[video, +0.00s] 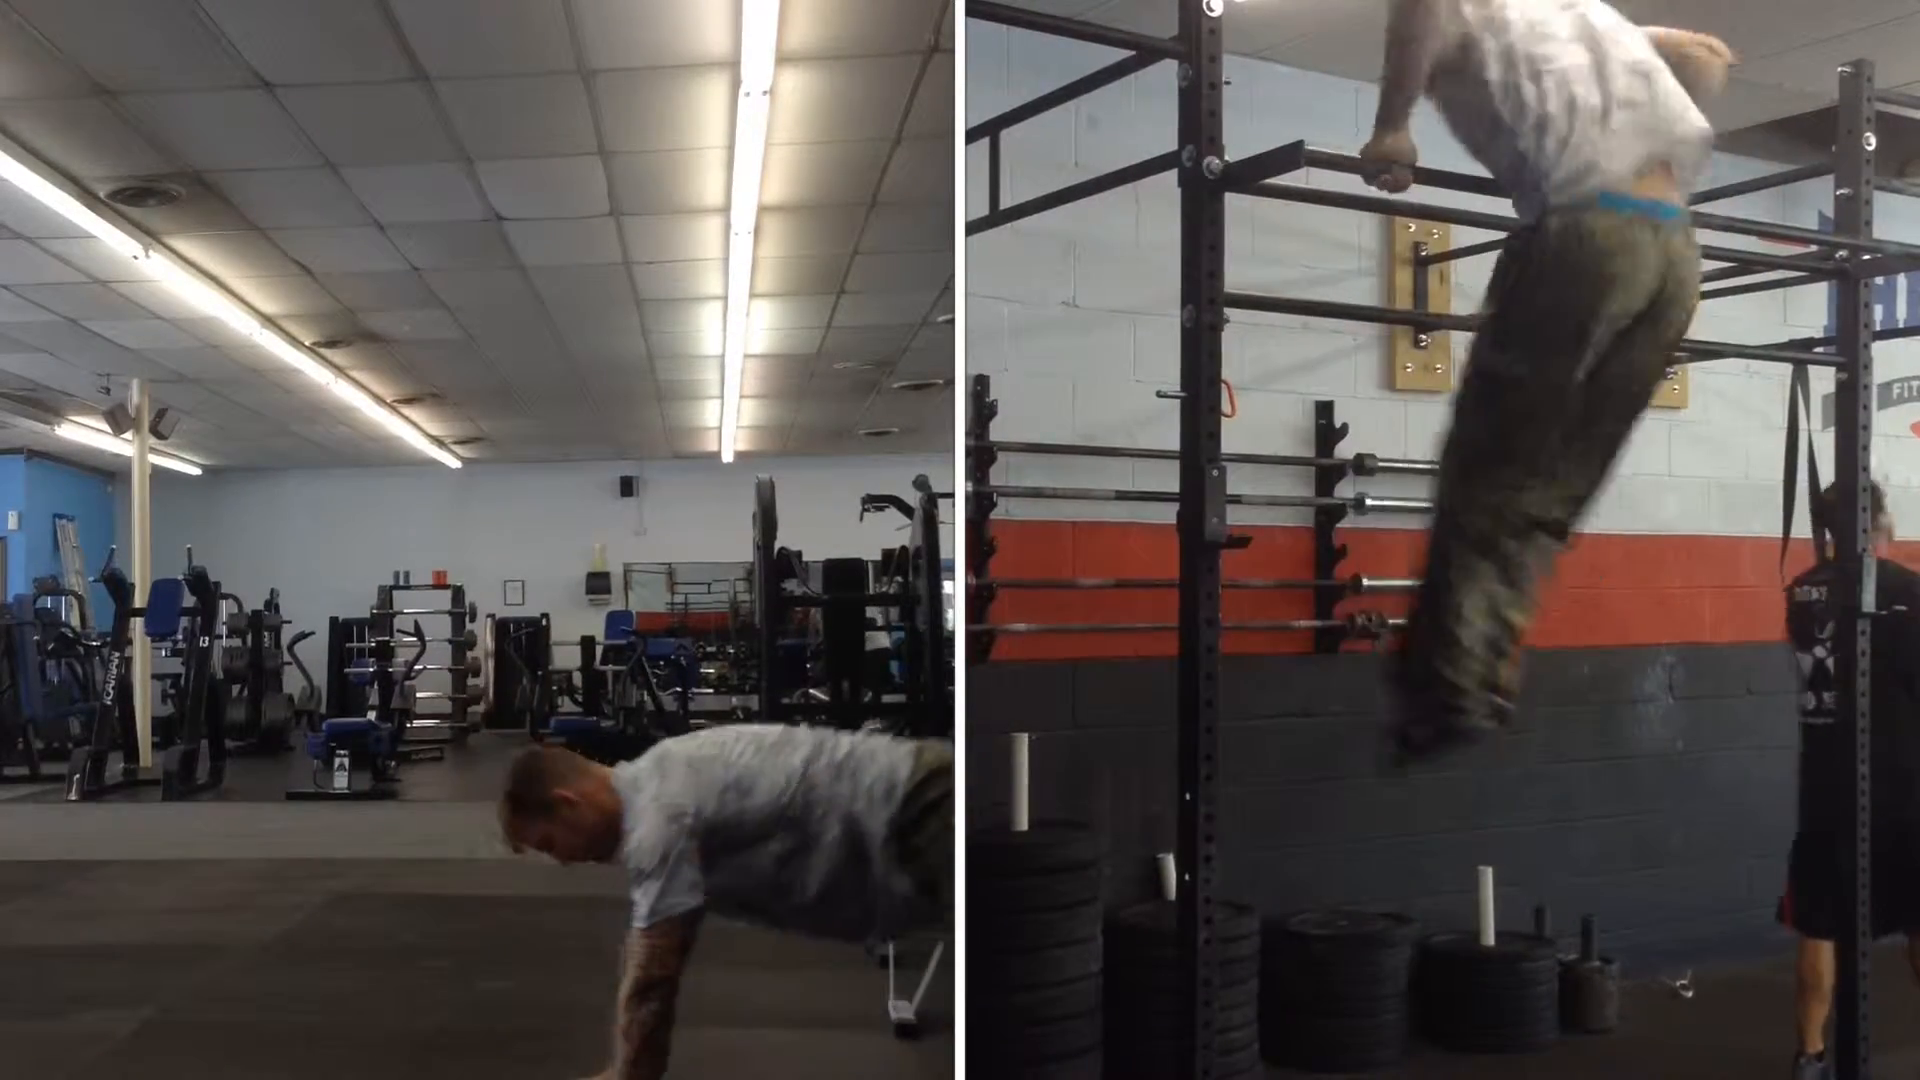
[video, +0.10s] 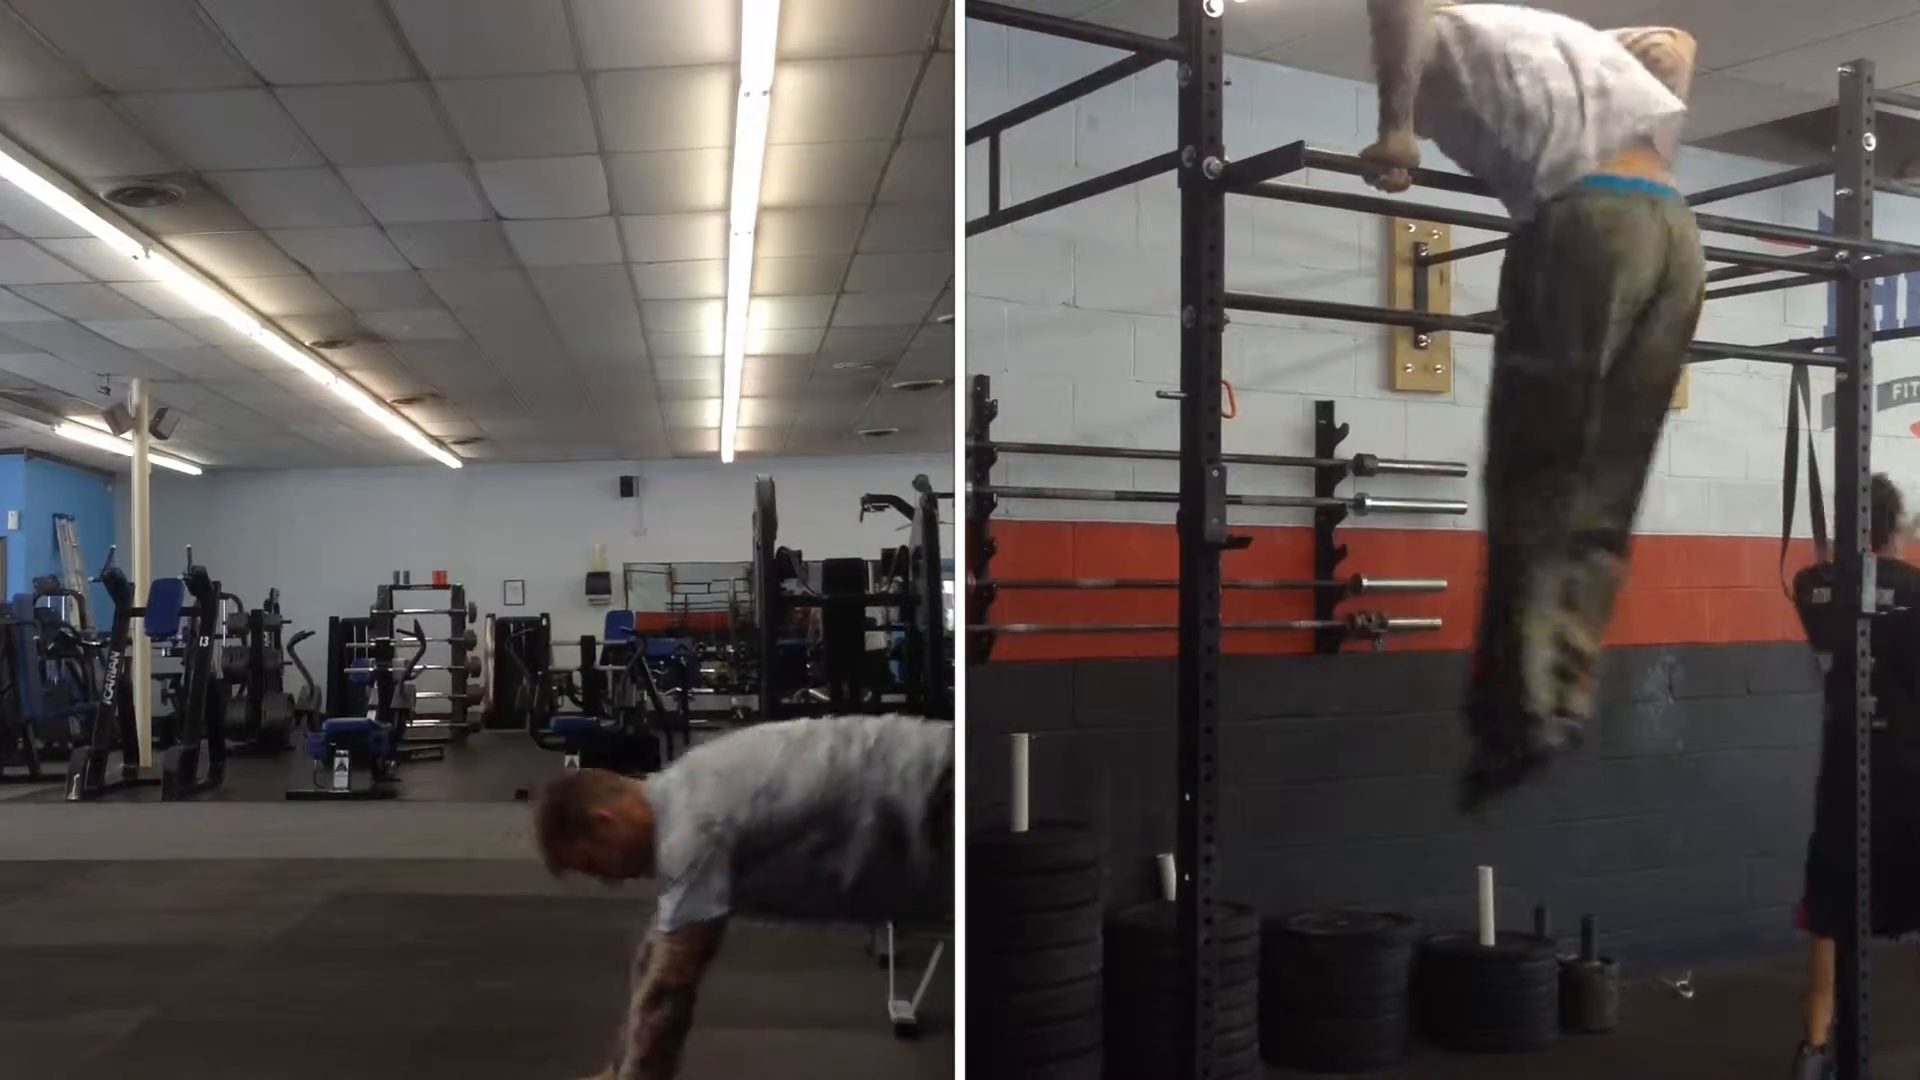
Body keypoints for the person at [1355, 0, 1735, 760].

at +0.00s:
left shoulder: (1454, 12)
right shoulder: (1593, 20)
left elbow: (1419, 8)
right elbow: (1711, 53)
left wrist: (1392, 125)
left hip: (1580, 242)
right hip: (1675, 255)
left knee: (1490, 475)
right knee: (1549, 498)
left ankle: (1448, 700)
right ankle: (1482, 681)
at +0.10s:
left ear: (1420, 28)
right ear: (1492, 16)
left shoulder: (1431, 29)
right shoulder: (1566, 44)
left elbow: (1405, 3)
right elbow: (1672, 43)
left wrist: (1395, 126)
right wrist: (1638, 156)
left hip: (1584, 228)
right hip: (1676, 237)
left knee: (1537, 479)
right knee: (1608, 492)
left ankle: (1517, 727)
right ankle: (1559, 706)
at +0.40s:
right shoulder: (1559, 14)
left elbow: (1391, 9)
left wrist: (1396, 127)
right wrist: (1659, 85)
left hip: (1566, 151)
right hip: (1651, 145)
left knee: (1572, 411)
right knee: (1634, 406)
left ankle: (1576, 660)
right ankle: (1621, 655)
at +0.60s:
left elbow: (1392, 5)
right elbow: (1615, 23)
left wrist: (1392, 118)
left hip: (1526, 79)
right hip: (1623, 72)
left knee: (1524, 332)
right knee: (1591, 328)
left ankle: (1513, 568)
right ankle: (1559, 547)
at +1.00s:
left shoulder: (1418, 7)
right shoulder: (1566, 10)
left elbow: (1389, 11)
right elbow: (1656, 48)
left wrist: (1398, 132)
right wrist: (1642, 161)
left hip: (1540, 172)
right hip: (1637, 170)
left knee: (1482, 419)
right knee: (1574, 424)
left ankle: (1466, 653)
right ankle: (1528, 648)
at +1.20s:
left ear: (1426, 17)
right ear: (1499, 10)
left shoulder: (1427, 20)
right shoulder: (1556, 27)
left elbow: (1391, 0)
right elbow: (1656, 52)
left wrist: (1395, 136)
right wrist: (1636, 185)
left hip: (1539, 225)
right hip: (1631, 227)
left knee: (1475, 467)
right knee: (1561, 479)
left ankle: (1446, 703)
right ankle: (1506, 689)